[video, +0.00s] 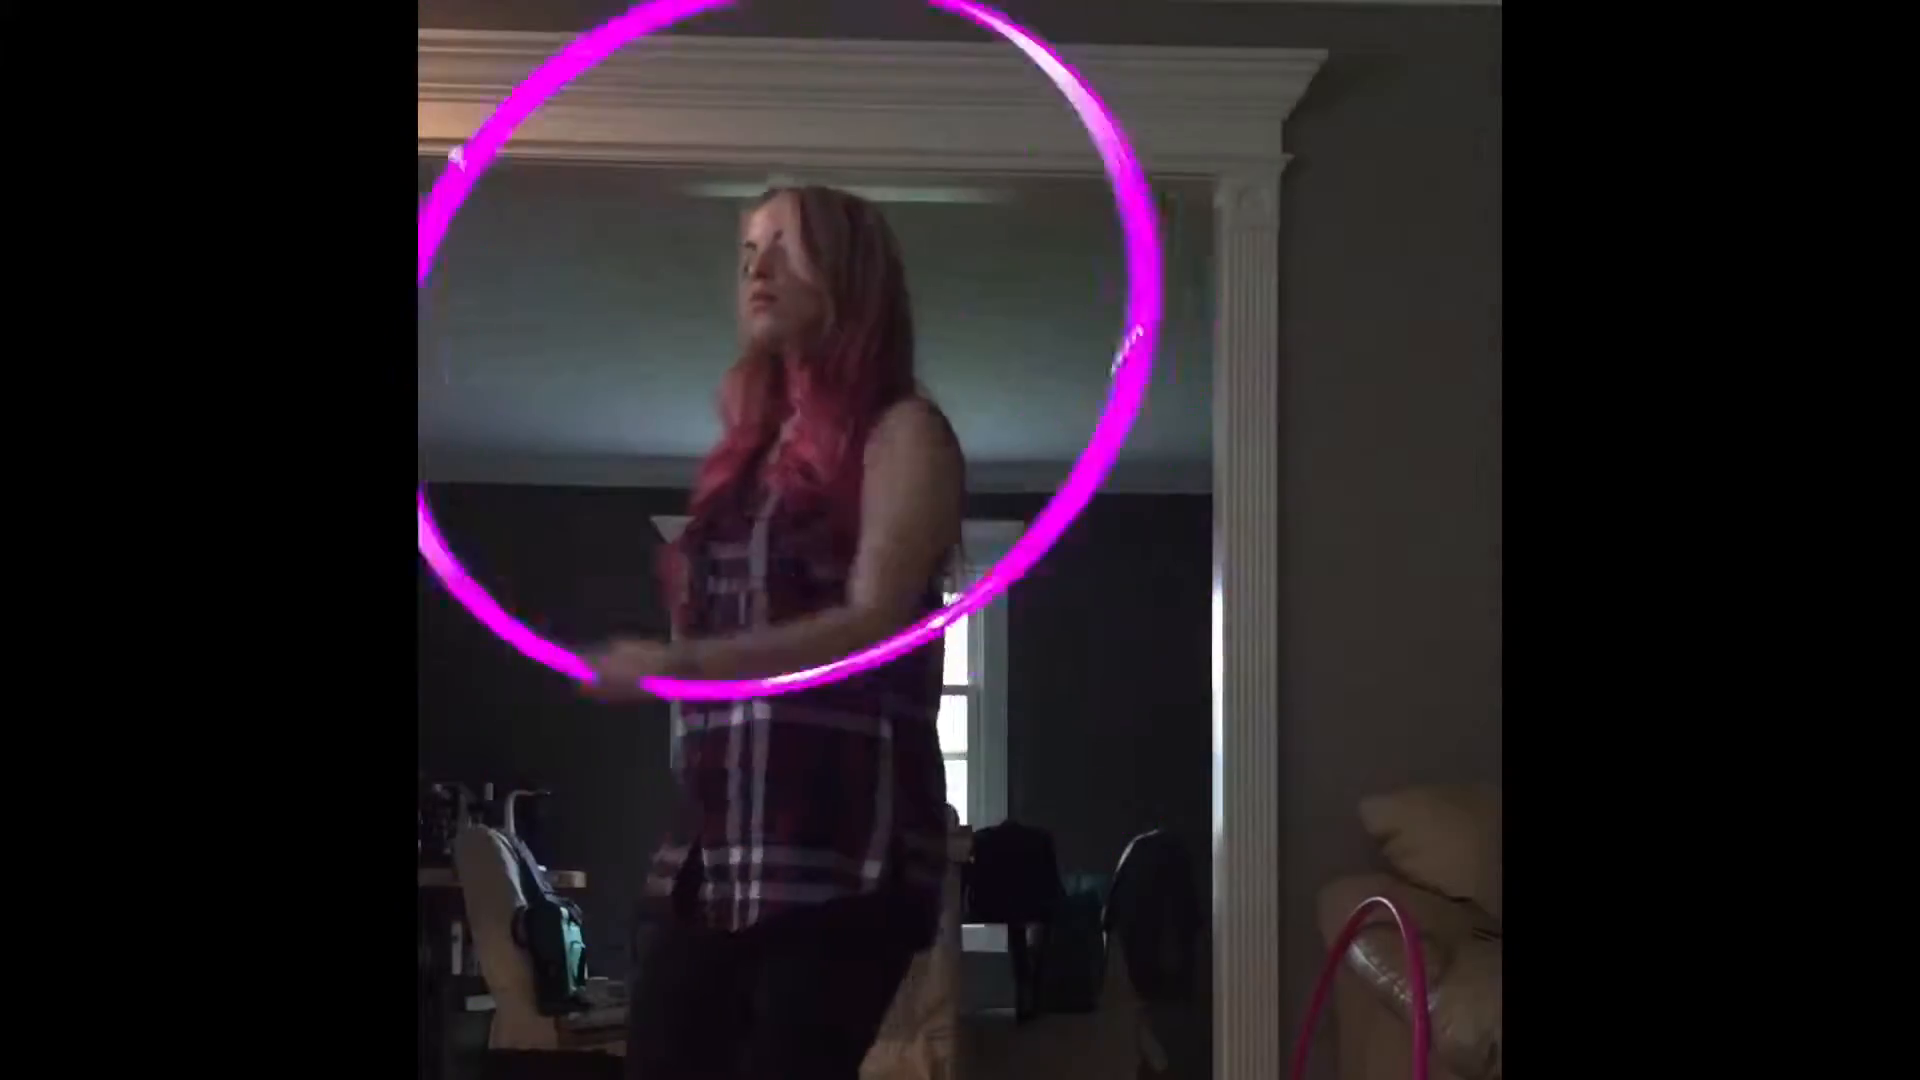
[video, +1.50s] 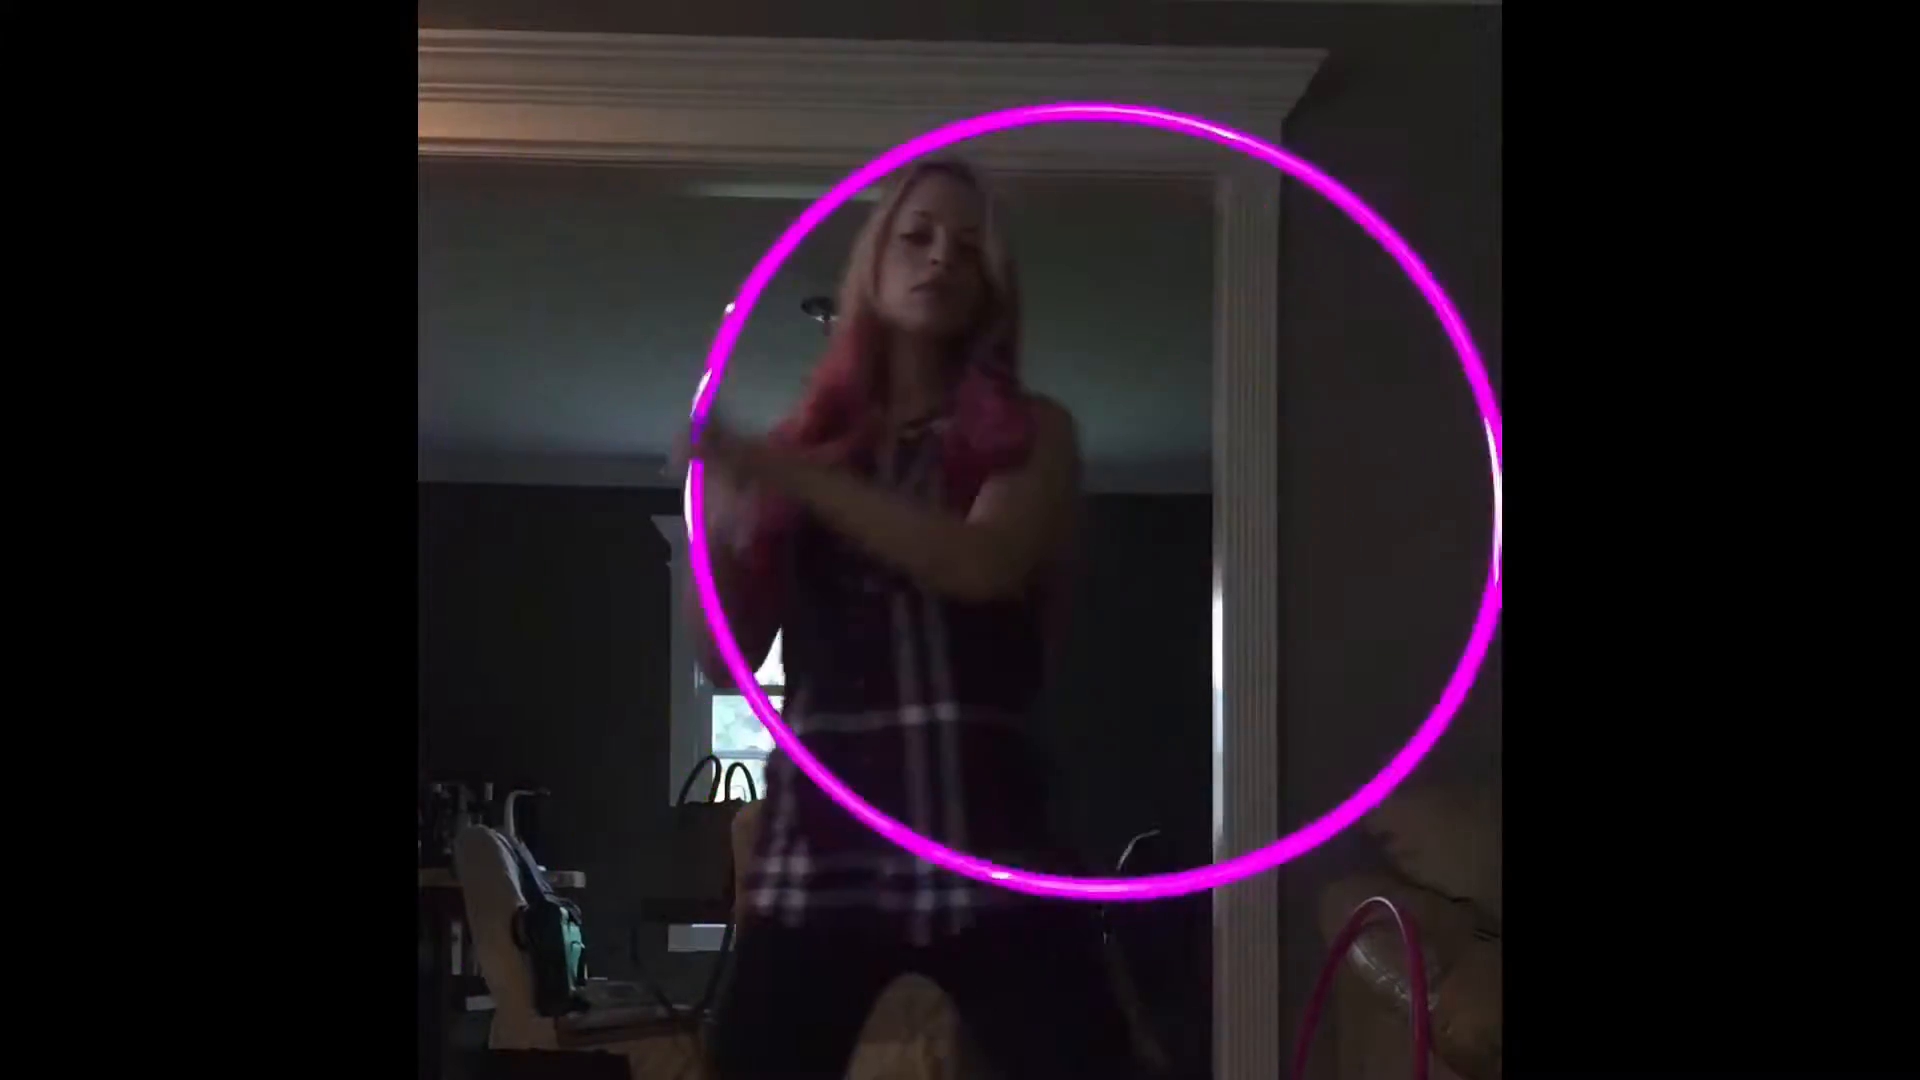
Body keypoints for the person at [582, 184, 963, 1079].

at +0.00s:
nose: (756, 271)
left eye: (784, 253)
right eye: (748, 256)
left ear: (846, 279)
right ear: (737, 280)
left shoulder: (903, 430)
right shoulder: (749, 438)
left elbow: (883, 622)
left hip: (844, 842)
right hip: (719, 832)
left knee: (789, 1061)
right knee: (668, 1053)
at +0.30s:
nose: (807, 269)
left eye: (836, 254)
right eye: (789, 254)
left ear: (887, 289)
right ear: (761, 294)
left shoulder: (929, 435)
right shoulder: (725, 459)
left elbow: (1066, 488)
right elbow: (712, 653)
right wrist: (641, 723)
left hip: (881, 850)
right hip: (721, 844)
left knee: (920, 1064)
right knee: (683, 1065)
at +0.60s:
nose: (971, 244)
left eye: (997, 231)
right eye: (946, 230)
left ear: (1028, 273)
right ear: (908, 273)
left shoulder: (1079, 414)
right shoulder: (862, 441)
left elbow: (1012, 569)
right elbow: (683, 582)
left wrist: (805, 567)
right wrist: (746, 544)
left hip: (1082, 879)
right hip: (916, 883)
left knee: (1127, 1065)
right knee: (856, 1067)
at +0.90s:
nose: (1059, 266)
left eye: (1083, 251)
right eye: (1031, 255)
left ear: (1118, 287)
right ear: (998, 296)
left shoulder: (1183, 459)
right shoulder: (928, 457)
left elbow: (1256, 667)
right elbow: (881, 637)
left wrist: (1174, 649)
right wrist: (1042, 676)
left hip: (1166, 885)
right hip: (985, 884)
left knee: (1215, 1066)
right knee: (916, 1069)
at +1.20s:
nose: (1043, 283)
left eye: (1069, 262)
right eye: (1016, 264)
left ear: (1109, 289)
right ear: (983, 301)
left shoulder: (1166, 449)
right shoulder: (930, 451)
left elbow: (1203, 586)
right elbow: (918, 491)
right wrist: (1049, 313)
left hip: (1167, 906)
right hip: (979, 909)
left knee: (1218, 1065)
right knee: (899, 1065)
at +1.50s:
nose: (940, 261)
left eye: (966, 245)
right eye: (917, 238)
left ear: (992, 279)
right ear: (869, 266)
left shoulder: (1032, 430)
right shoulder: (802, 438)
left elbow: (987, 566)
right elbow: (735, 651)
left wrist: (790, 472)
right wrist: (721, 534)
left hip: (995, 865)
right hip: (826, 864)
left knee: (1076, 1066)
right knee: (752, 1065)